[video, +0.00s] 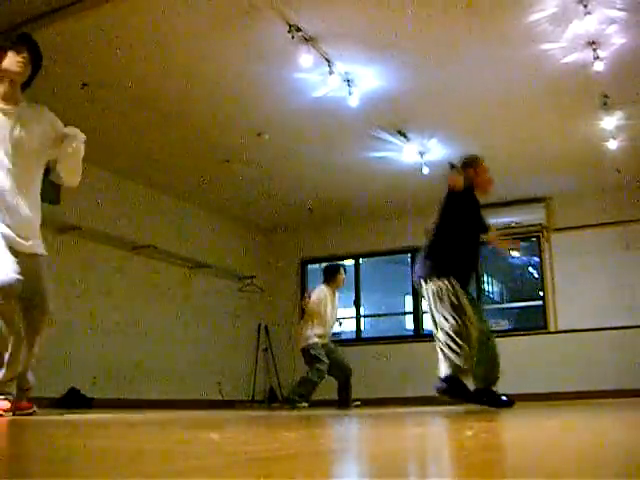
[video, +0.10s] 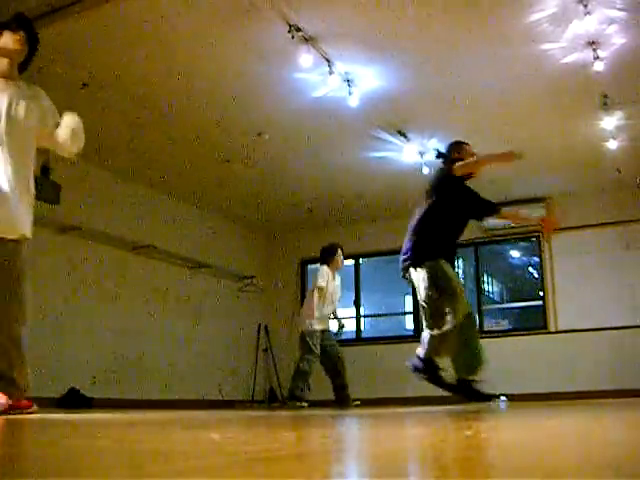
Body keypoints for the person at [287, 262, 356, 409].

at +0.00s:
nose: (343, 279)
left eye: (343, 275)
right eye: (341, 275)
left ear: (333, 277)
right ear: (333, 277)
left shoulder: (333, 294)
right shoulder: (320, 293)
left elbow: (326, 316)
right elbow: (310, 313)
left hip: (324, 340)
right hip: (310, 340)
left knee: (344, 370)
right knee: (319, 369)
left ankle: (345, 402)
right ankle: (295, 398)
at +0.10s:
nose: (342, 260)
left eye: (342, 256)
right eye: (340, 256)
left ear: (335, 259)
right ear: (332, 258)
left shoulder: (336, 277)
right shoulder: (322, 271)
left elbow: (332, 303)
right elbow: (317, 292)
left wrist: (338, 320)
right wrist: (312, 314)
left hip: (324, 325)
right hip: (311, 325)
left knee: (335, 360)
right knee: (308, 360)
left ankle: (343, 398)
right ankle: (297, 397)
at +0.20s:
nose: (340, 248)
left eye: (340, 245)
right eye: (337, 245)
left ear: (338, 249)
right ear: (329, 249)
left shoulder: (335, 268)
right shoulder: (324, 265)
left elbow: (330, 297)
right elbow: (320, 290)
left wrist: (342, 314)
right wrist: (334, 310)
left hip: (324, 316)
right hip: (311, 316)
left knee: (334, 349)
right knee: (310, 352)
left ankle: (328, 391)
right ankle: (292, 392)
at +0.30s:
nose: (341, 249)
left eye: (340, 245)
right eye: (338, 246)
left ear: (333, 252)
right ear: (331, 251)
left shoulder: (332, 269)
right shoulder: (328, 269)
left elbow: (326, 298)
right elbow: (326, 297)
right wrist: (348, 310)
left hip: (320, 319)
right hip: (311, 318)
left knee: (335, 348)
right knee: (310, 353)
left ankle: (326, 386)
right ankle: (281, 391)